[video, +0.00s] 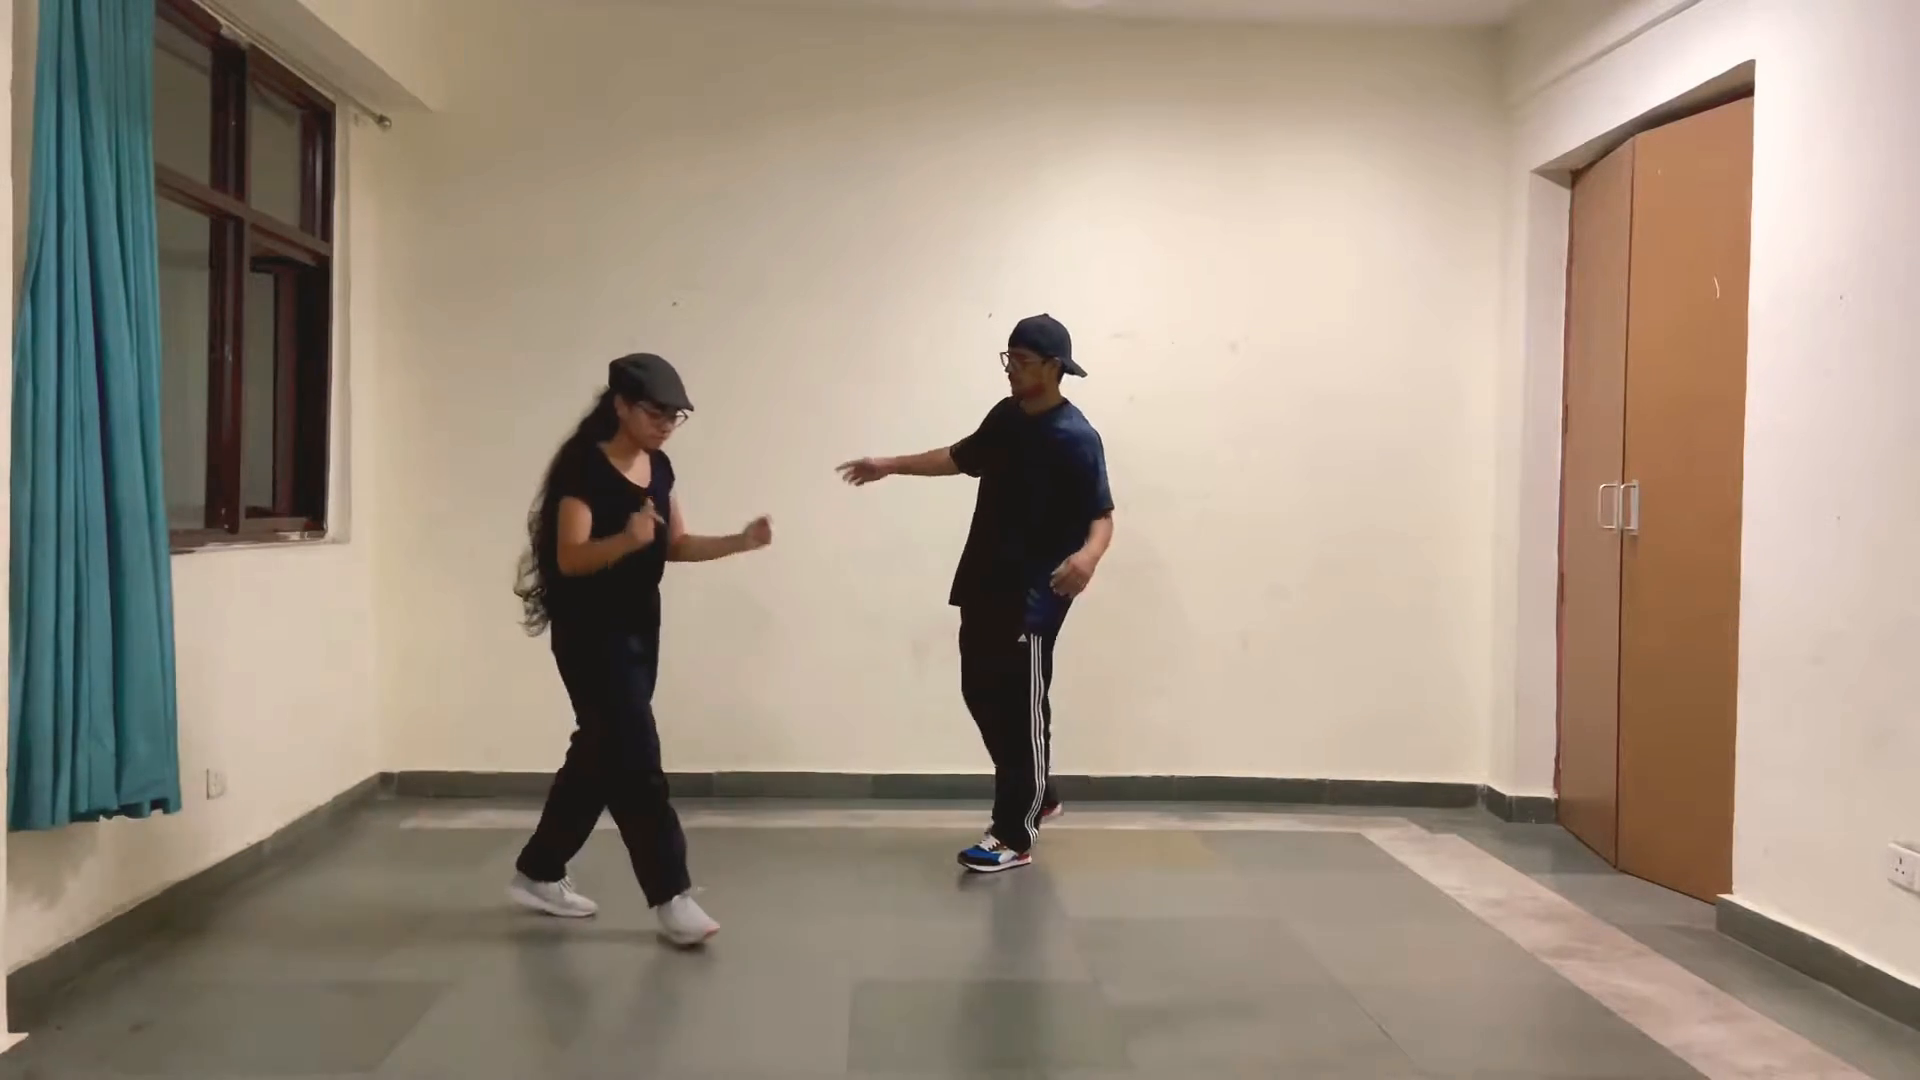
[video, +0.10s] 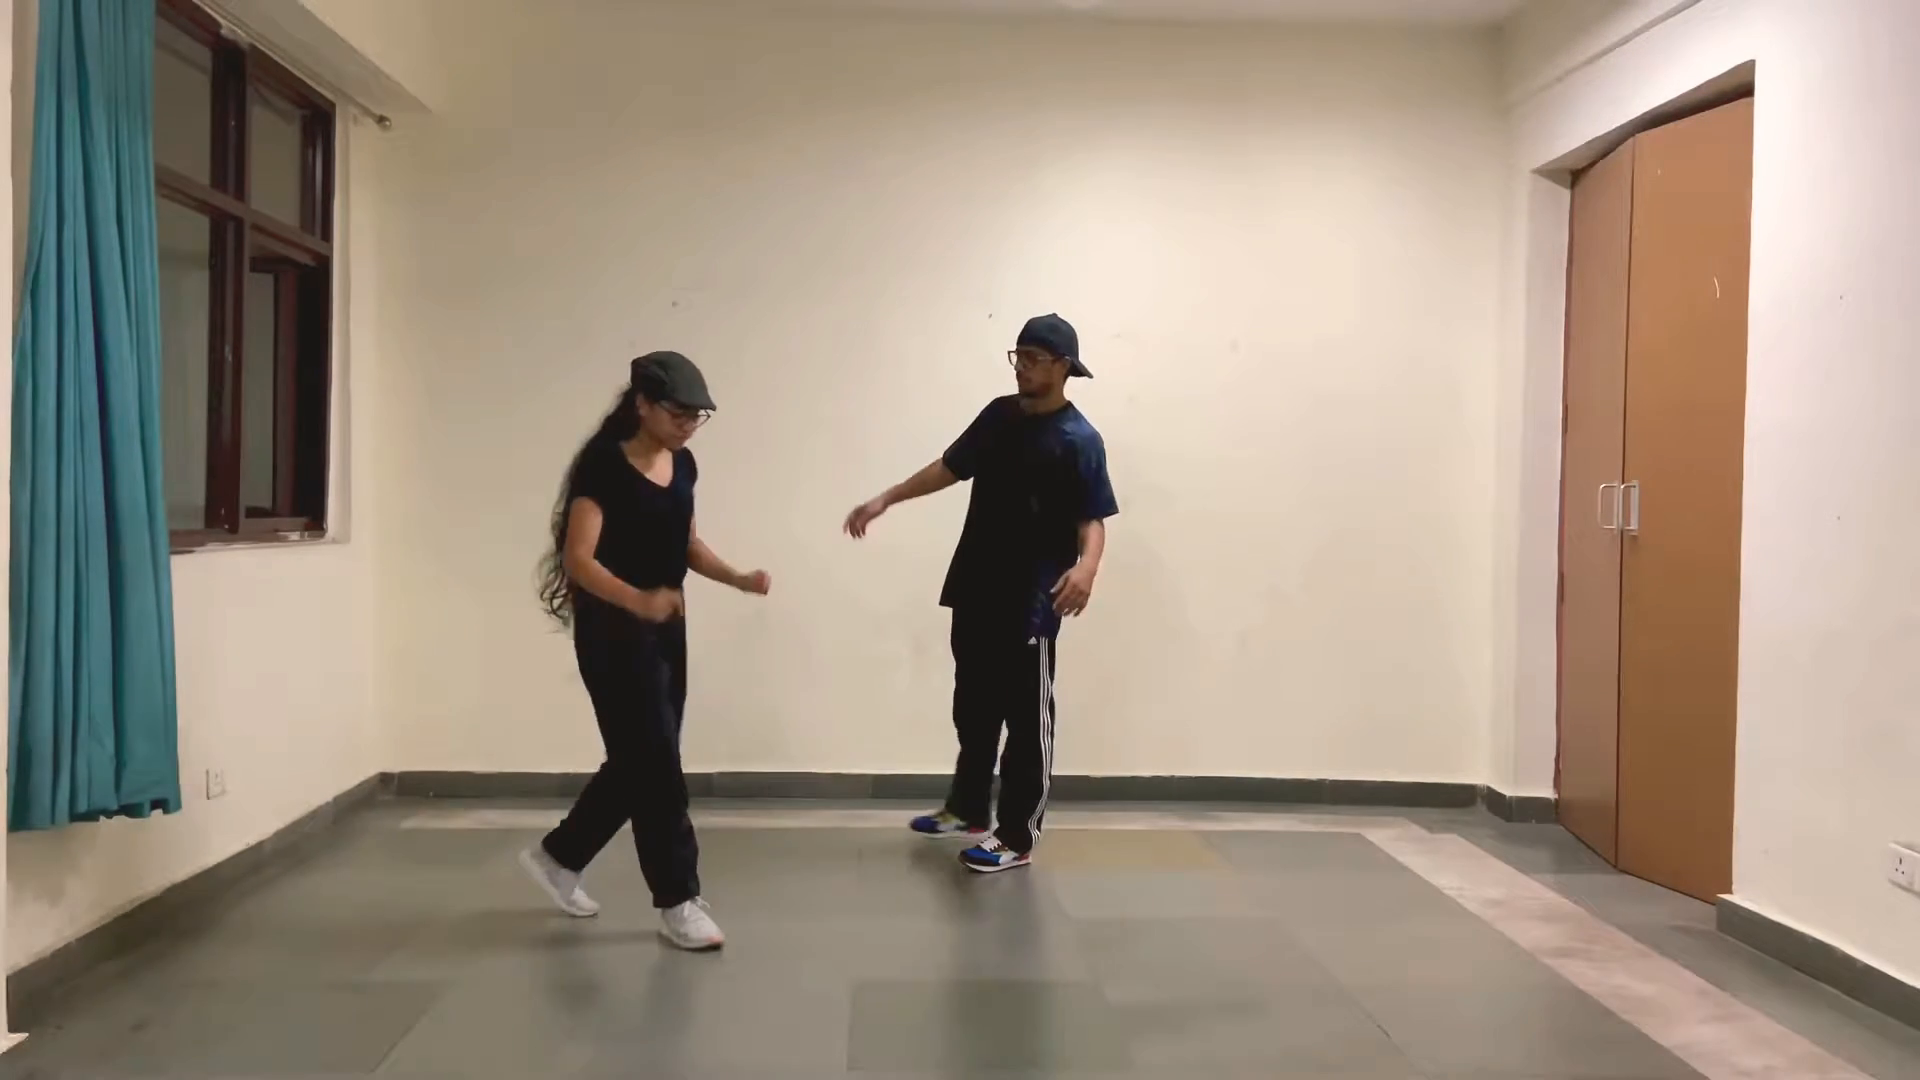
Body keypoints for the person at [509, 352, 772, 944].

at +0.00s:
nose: (669, 423)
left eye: (674, 414)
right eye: (658, 411)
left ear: (676, 416)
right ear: (623, 405)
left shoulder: (656, 467)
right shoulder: (581, 465)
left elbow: (672, 545)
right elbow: (569, 559)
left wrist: (738, 542)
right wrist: (626, 541)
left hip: (638, 634)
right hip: (587, 636)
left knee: (600, 752)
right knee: (635, 752)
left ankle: (538, 872)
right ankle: (670, 894)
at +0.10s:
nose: (690, 424)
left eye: (696, 415)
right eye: (679, 413)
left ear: (697, 413)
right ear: (643, 404)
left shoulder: (681, 464)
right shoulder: (601, 464)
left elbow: (687, 543)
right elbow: (577, 561)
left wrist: (736, 577)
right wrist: (635, 598)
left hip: (665, 628)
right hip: (612, 632)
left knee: (645, 756)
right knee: (653, 756)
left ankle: (557, 855)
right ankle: (676, 901)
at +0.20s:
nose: (711, 430)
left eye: (718, 420)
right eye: (700, 418)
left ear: (721, 417)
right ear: (663, 409)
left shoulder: (705, 465)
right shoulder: (620, 469)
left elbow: (693, 545)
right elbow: (588, 566)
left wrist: (723, 614)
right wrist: (616, 652)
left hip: (689, 630)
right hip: (633, 636)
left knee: (711, 762)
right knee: (671, 770)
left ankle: (608, 820)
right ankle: (680, 903)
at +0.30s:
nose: (729, 437)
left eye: (735, 425)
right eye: (717, 425)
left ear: (738, 422)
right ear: (681, 416)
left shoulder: (724, 471)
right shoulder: (633, 476)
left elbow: (712, 551)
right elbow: (598, 571)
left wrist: (717, 621)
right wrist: (577, 660)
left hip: (709, 634)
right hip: (646, 643)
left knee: (752, 750)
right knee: (677, 772)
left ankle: (656, 791)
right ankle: (680, 902)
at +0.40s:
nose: (739, 430)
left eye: (746, 419)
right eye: (727, 418)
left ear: (752, 415)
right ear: (692, 407)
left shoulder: (745, 465)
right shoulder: (646, 463)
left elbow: (739, 538)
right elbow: (601, 548)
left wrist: (743, 610)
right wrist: (547, 626)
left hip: (727, 633)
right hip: (658, 642)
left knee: (767, 747)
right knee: (676, 774)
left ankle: (724, 838)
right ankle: (679, 901)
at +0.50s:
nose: (747, 429)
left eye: (756, 417)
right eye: (734, 416)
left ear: (763, 413)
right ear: (702, 405)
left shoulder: (762, 464)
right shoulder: (655, 464)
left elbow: (772, 534)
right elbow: (597, 535)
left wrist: (794, 597)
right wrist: (525, 601)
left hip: (745, 638)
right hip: (671, 643)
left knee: (764, 758)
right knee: (677, 773)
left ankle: (791, 889)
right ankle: (681, 904)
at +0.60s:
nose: (758, 429)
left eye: (764, 418)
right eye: (747, 420)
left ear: (771, 411)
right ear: (713, 412)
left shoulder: (780, 462)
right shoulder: (668, 469)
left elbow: (817, 537)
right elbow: (598, 532)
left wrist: (858, 600)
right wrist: (518, 585)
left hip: (766, 639)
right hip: (690, 644)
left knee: (774, 767)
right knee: (688, 773)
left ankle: (797, 899)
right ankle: (681, 903)